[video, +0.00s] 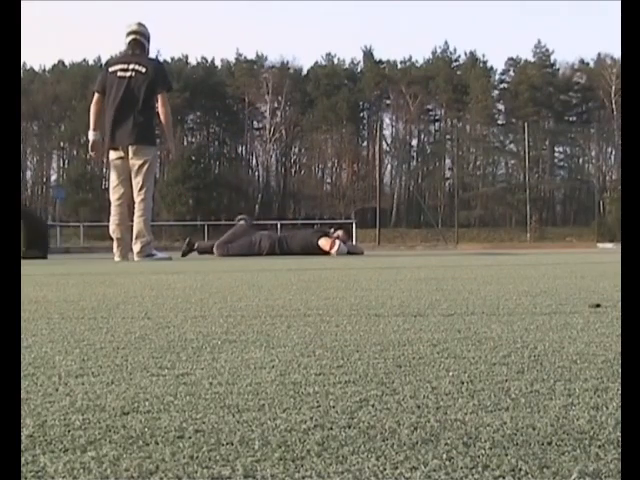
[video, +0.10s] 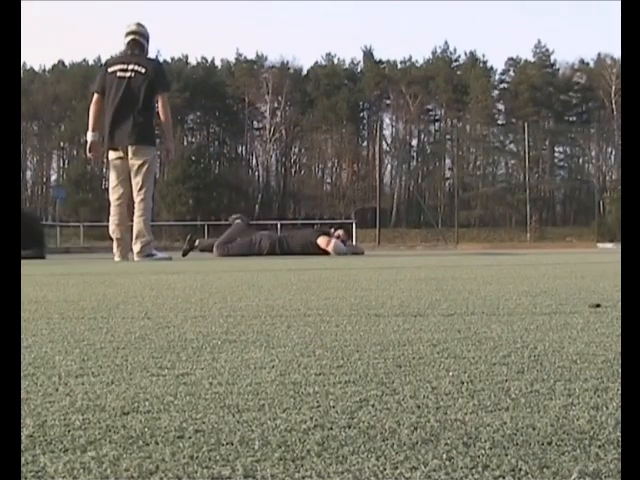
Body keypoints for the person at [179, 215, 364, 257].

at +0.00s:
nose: (338, 241)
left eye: (341, 240)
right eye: (339, 239)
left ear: (338, 239)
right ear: (334, 236)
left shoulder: (326, 240)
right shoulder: (320, 237)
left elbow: (358, 250)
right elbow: (335, 248)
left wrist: (343, 246)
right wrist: (353, 248)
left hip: (269, 242)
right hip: (266, 242)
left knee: (228, 247)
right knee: (220, 250)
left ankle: (194, 245)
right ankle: (242, 223)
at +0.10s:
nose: (339, 240)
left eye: (342, 239)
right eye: (340, 238)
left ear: (339, 239)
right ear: (335, 235)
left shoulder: (328, 241)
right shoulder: (321, 236)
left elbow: (358, 250)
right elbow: (334, 249)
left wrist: (344, 245)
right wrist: (352, 248)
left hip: (271, 241)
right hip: (267, 242)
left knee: (231, 245)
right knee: (220, 250)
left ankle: (195, 243)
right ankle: (239, 223)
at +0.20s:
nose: (341, 240)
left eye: (344, 239)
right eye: (342, 237)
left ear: (341, 239)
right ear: (336, 234)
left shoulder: (326, 239)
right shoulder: (320, 239)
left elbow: (353, 249)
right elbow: (339, 252)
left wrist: (347, 245)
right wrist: (355, 250)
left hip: (271, 241)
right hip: (267, 243)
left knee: (232, 244)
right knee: (221, 249)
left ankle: (197, 240)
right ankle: (236, 219)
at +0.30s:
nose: (342, 242)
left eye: (345, 241)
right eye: (342, 238)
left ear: (345, 241)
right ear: (337, 233)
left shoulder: (329, 242)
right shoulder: (313, 234)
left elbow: (359, 251)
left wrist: (344, 249)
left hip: (271, 247)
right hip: (266, 242)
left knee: (231, 245)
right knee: (221, 250)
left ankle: (199, 239)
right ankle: (236, 218)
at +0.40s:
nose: (343, 238)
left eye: (344, 238)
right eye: (342, 236)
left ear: (341, 239)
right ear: (336, 234)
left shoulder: (329, 242)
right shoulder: (322, 238)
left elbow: (355, 249)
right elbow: (290, 225)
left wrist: (350, 248)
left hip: (275, 244)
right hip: (270, 242)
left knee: (236, 244)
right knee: (221, 250)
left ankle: (200, 236)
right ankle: (236, 217)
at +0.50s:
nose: (340, 239)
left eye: (343, 239)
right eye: (339, 236)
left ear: (342, 242)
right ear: (334, 233)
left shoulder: (325, 243)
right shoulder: (318, 235)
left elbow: (357, 250)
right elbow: (283, 226)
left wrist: (350, 249)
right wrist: (291, 247)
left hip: (271, 244)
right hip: (266, 241)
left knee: (233, 244)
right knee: (220, 250)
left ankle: (199, 235)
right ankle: (236, 217)